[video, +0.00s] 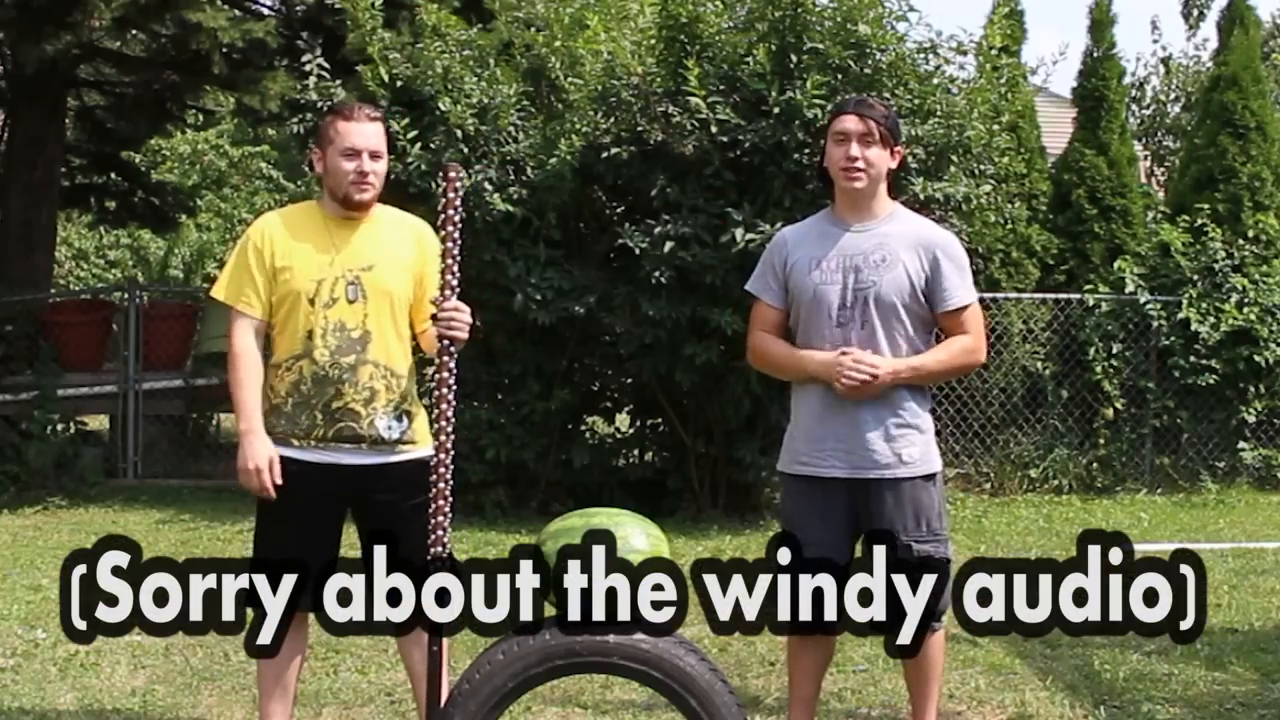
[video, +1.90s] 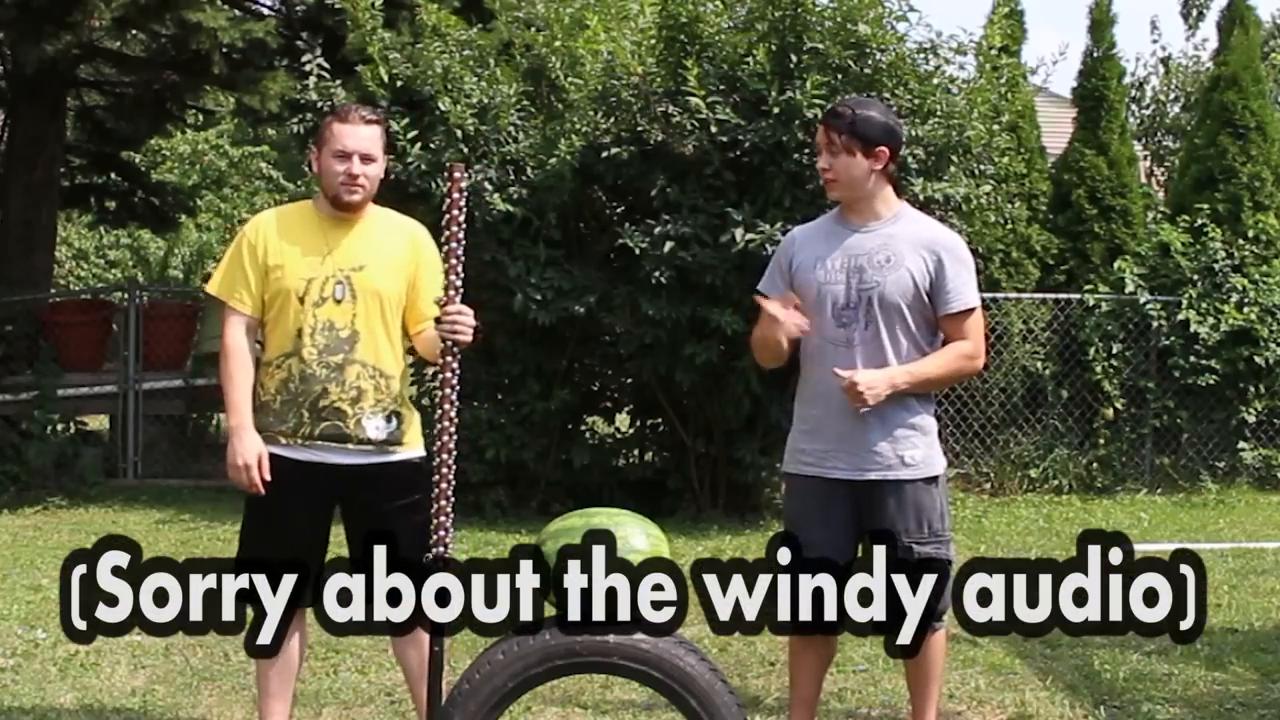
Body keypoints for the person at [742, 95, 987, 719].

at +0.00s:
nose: (852, 152)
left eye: (866, 141)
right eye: (840, 140)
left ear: (892, 156)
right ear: (824, 154)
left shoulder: (933, 243)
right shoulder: (790, 243)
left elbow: (972, 345)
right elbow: (759, 344)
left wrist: (895, 369)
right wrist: (819, 365)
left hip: (904, 465)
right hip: (813, 463)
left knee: (921, 610)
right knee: (808, 610)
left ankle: (924, 717)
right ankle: (799, 717)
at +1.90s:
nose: (821, 164)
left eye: (835, 153)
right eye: (820, 152)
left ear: (880, 159)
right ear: (820, 156)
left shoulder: (938, 245)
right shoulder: (798, 244)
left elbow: (970, 351)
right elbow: (767, 356)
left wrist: (893, 378)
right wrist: (773, 326)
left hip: (906, 467)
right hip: (816, 464)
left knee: (923, 611)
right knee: (810, 610)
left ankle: (924, 717)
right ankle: (800, 716)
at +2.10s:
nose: (819, 165)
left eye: (832, 153)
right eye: (818, 152)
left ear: (879, 158)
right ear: (829, 157)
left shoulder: (938, 244)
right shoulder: (801, 242)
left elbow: (970, 350)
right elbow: (746, 327)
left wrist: (889, 375)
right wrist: (705, 265)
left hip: (908, 467)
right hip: (817, 464)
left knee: (923, 611)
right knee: (811, 610)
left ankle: (925, 716)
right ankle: (800, 717)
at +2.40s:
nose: (818, 163)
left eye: (831, 152)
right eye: (817, 150)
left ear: (876, 159)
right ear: (826, 156)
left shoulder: (935, 245)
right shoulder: (802, 243)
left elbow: (967, 351)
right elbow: (765, 332)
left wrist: (888, 376)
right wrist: (694, 338)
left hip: (906, 467)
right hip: (816, 464)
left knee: (922, 611)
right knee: (812, 609)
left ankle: (924, 717)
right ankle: (800, 716)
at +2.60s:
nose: (810, 165)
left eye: (823, 153)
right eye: (809, 152)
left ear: (867, 157)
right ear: (834, 158)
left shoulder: (929, 245)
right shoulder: (798, 245)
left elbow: (961, 350)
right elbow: (780, 334)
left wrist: (874, 381)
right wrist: (784, 366)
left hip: (901, 467)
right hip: (813, 466)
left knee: (920, 611)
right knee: (809, 610)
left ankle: (924, 716)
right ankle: (799, 716)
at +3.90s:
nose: (821, 161)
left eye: (834, 151)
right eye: (821, 149)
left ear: (879, 158)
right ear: (829, 156)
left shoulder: (935, 245)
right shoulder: (805, 244)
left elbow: (964, 353)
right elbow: (762, 328)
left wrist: (875, 377)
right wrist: (697, 322)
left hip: (906, 468)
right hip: (817, 466)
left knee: (923, 612)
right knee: (812, 609)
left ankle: (925, 717)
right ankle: (800, 716)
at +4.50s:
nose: (828, 150)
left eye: (842, 141)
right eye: (831, 139)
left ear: (884, 158)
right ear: (861, 156)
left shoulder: (935, 247)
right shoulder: (807, 239)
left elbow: (955, 357)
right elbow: (774, 319)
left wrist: (861, 375)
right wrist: (766, 348)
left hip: (902, 467)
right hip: (813, 462)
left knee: (921, 613)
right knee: (808, 610)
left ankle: (924, 716)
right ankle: (799, 716)